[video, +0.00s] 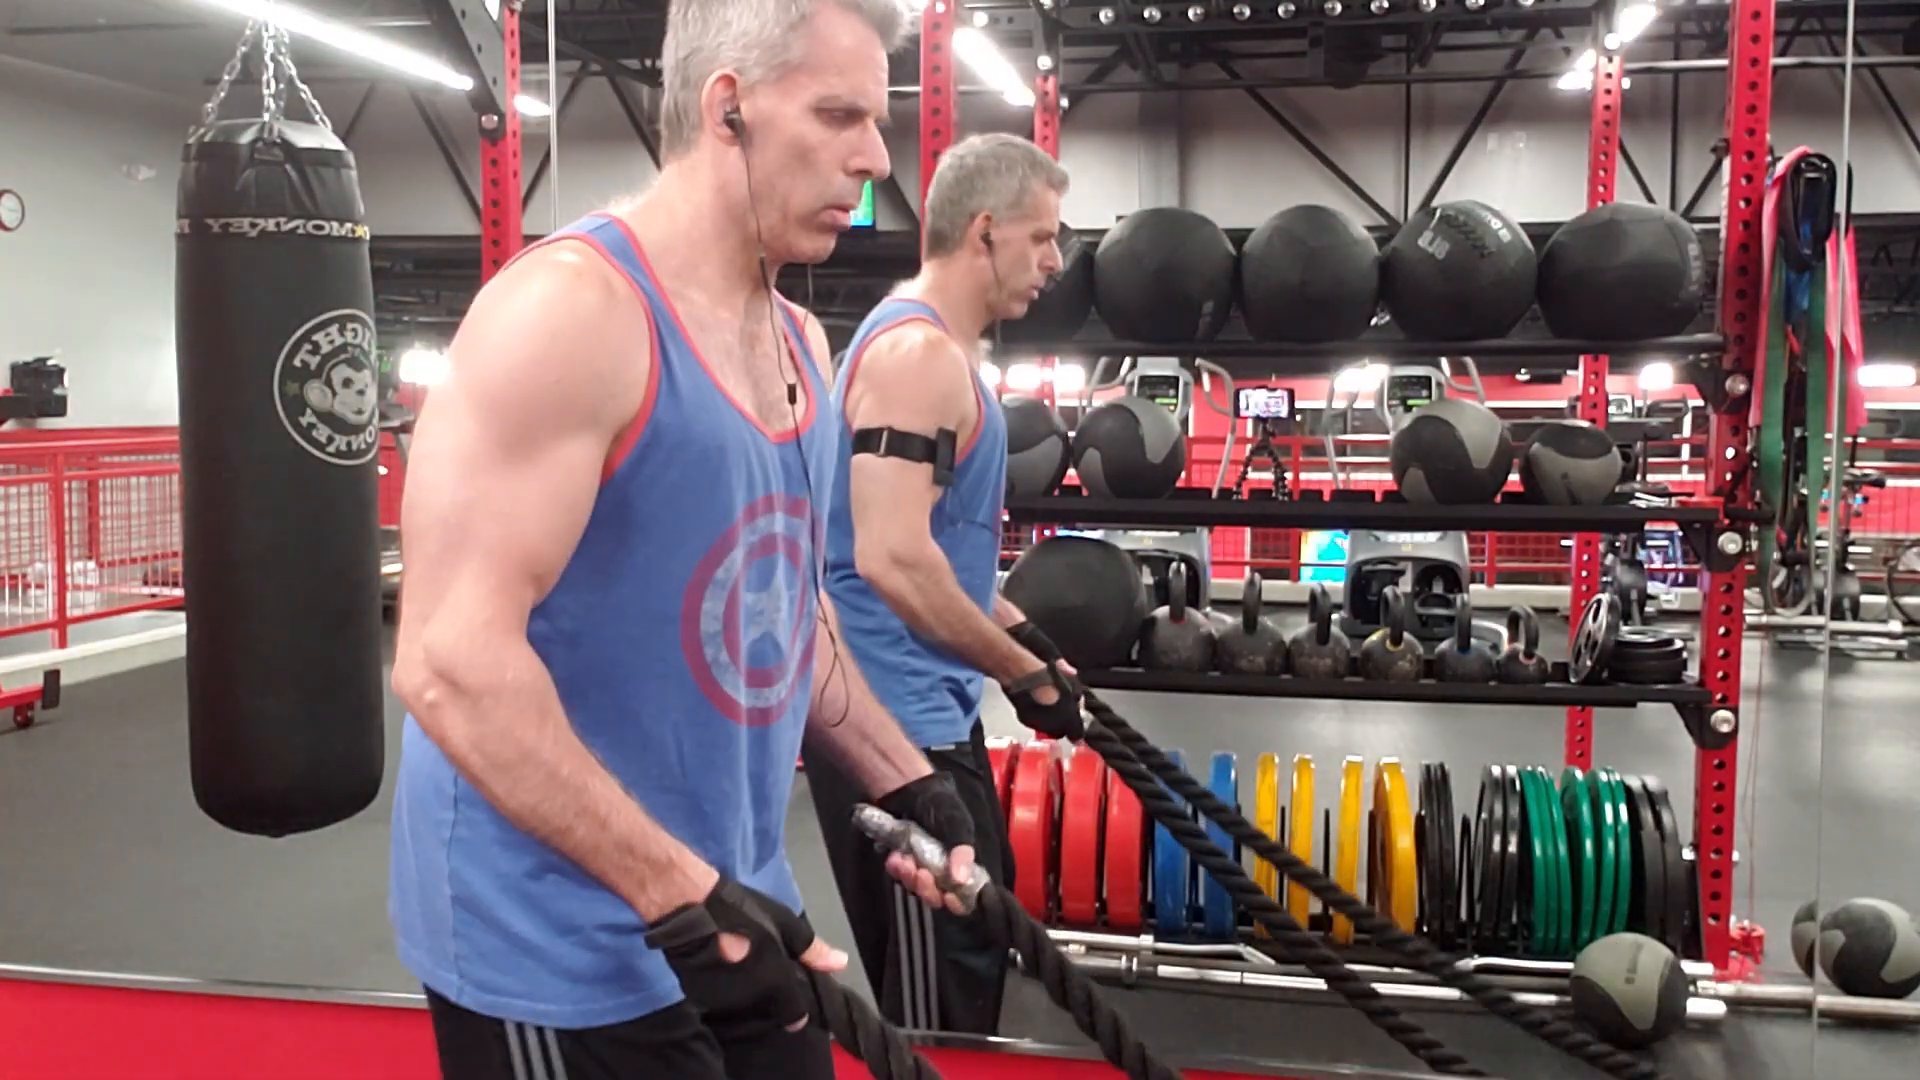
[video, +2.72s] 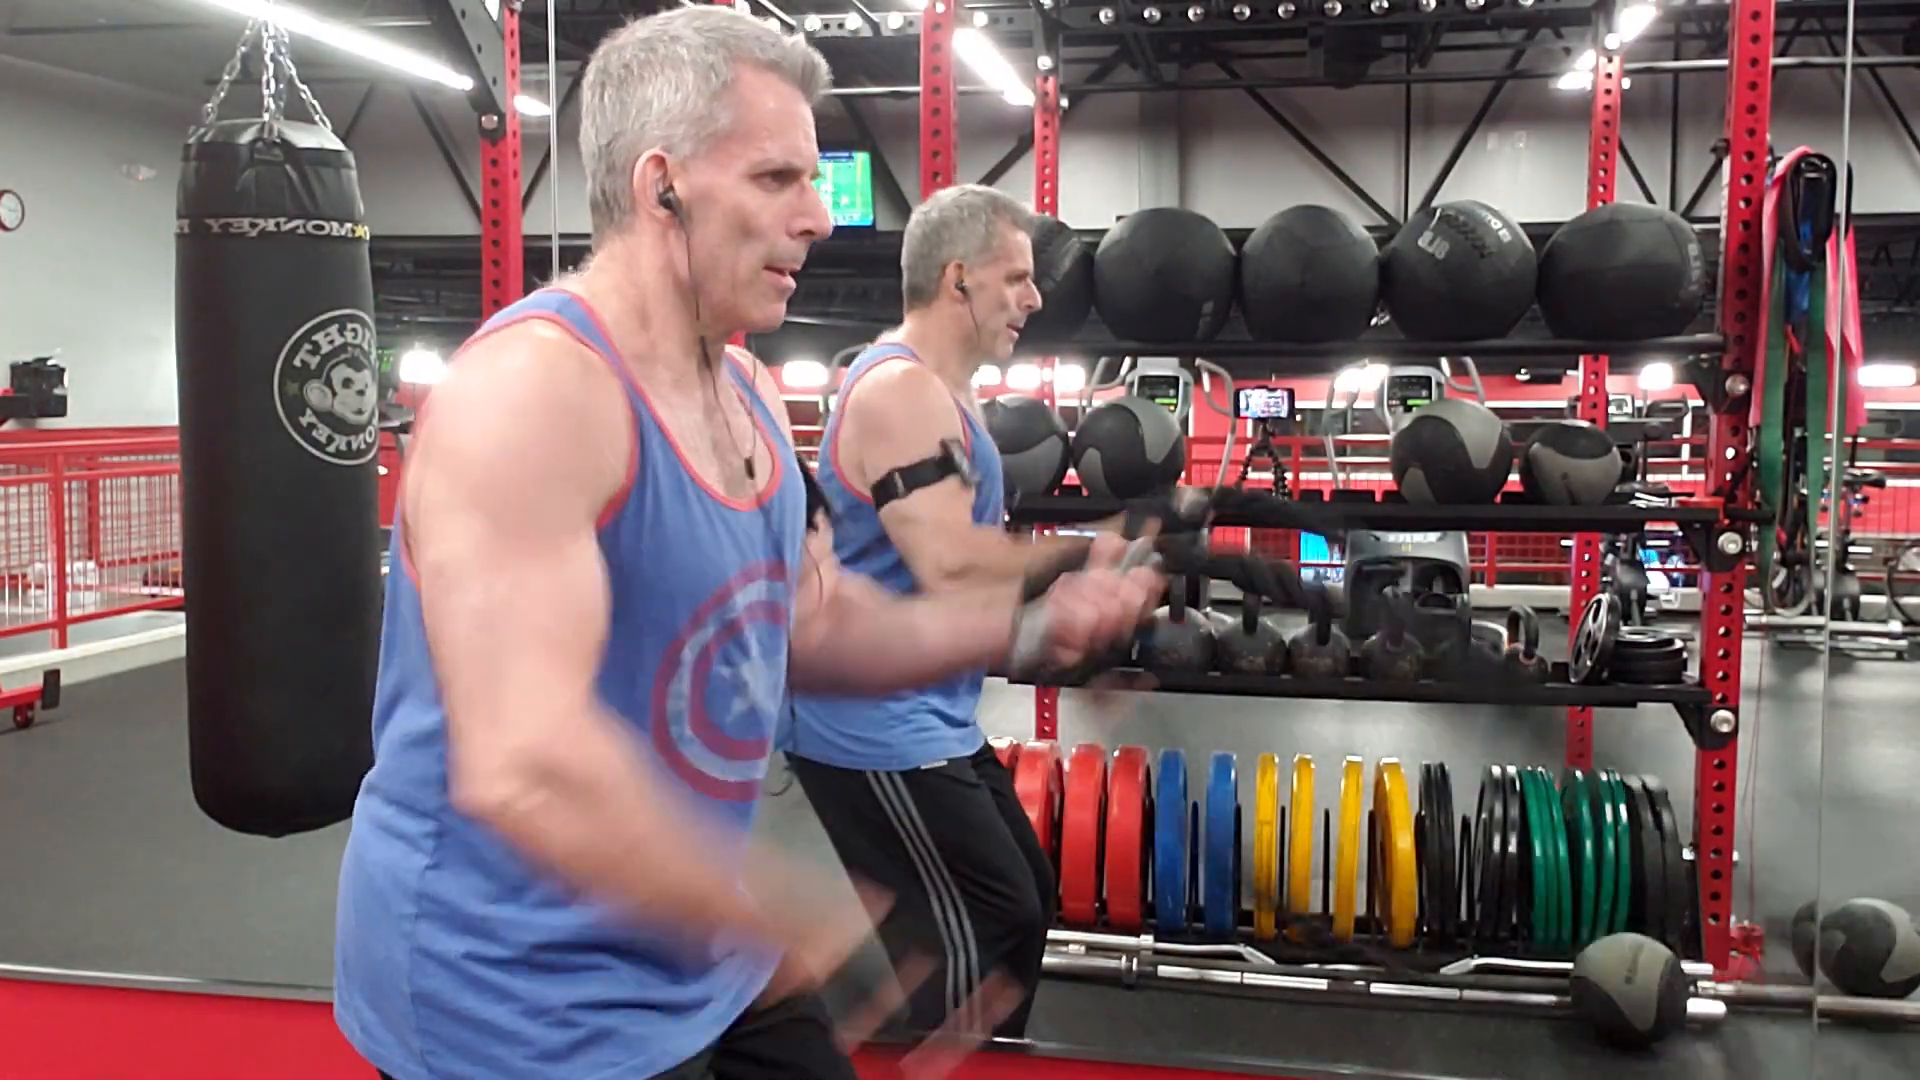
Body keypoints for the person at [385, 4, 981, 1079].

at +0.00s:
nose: (875, 160)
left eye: (877, 124)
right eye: (843, 116)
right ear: (728, 108)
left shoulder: (797, 341)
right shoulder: (560, 310)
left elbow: (784, 603)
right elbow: (451, 657)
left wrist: (909, 790)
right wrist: (679, 893)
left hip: (743, 924)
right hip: (560, 960)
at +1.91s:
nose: (835, 188)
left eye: (829, 150)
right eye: (794, 146)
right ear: (677, 162)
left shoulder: (751, 391)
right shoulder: (547, 394)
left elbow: (744, 679)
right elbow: (419, 761)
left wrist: (875, 859)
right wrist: (641, 1019)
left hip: (731, 958)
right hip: (533, 1014)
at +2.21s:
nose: (839, 189)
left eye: (835, 153)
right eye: (797, 149)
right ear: (682, 165)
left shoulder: (751, 393)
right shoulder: (553, 383)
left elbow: (739, 686)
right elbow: (432, 754)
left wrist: (870, 865)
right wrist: (674, 1017)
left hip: (733, 959)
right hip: (533, 1017)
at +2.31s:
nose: (819, 189)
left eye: (817, 155)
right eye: (781, 149)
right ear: (666, 158)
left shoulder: (746, 388)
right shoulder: (533, 367)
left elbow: (730, 696)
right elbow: (533, 723)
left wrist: (827, 891)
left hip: (722, 947)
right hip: (541, 986)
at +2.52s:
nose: (815, 206)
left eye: (812, 168)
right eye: (775, 164)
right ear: (658, 175)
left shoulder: (741, 388)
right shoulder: (516, 383)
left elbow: (752, 673)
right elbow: (581, 740)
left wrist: (857, 855)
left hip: (697, 924)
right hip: (516, 967)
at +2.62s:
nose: (818, 209)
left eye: (814, 172)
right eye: (779, 169)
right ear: (663, 176)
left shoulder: (729, 374)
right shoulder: (529, 396)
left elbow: (784, 611)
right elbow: (506, 788)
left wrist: (969, 687)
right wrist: (733, 1026)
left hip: (695, 913)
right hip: (514, 979)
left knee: (793, 1049)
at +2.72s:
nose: (817, 216)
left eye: (812, 180)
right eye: (779, 178)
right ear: (658, 185)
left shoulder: (742, 386)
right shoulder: (523, 389)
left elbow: (811, 624)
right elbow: (524, 762)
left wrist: (1017, 625)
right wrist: (784, 913)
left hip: (705, 961)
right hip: (519, 1004)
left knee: (815, 1065)